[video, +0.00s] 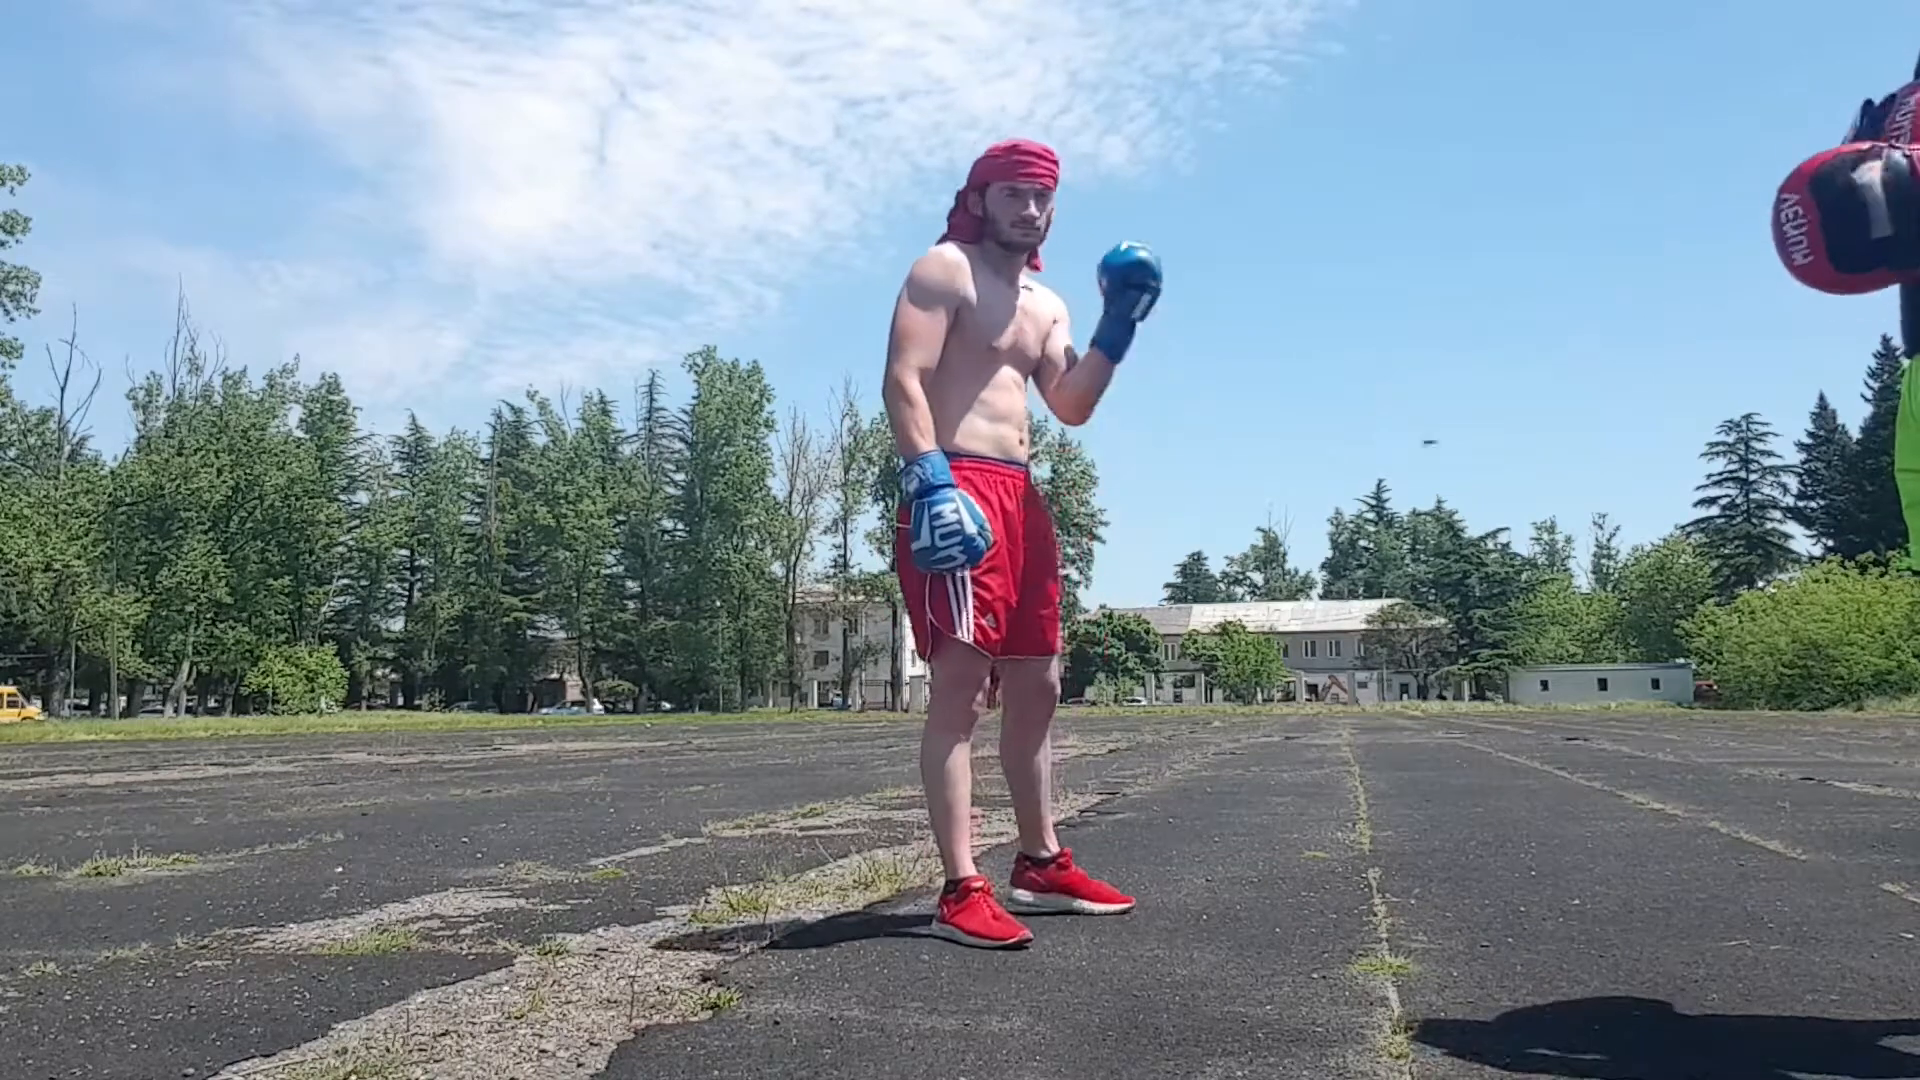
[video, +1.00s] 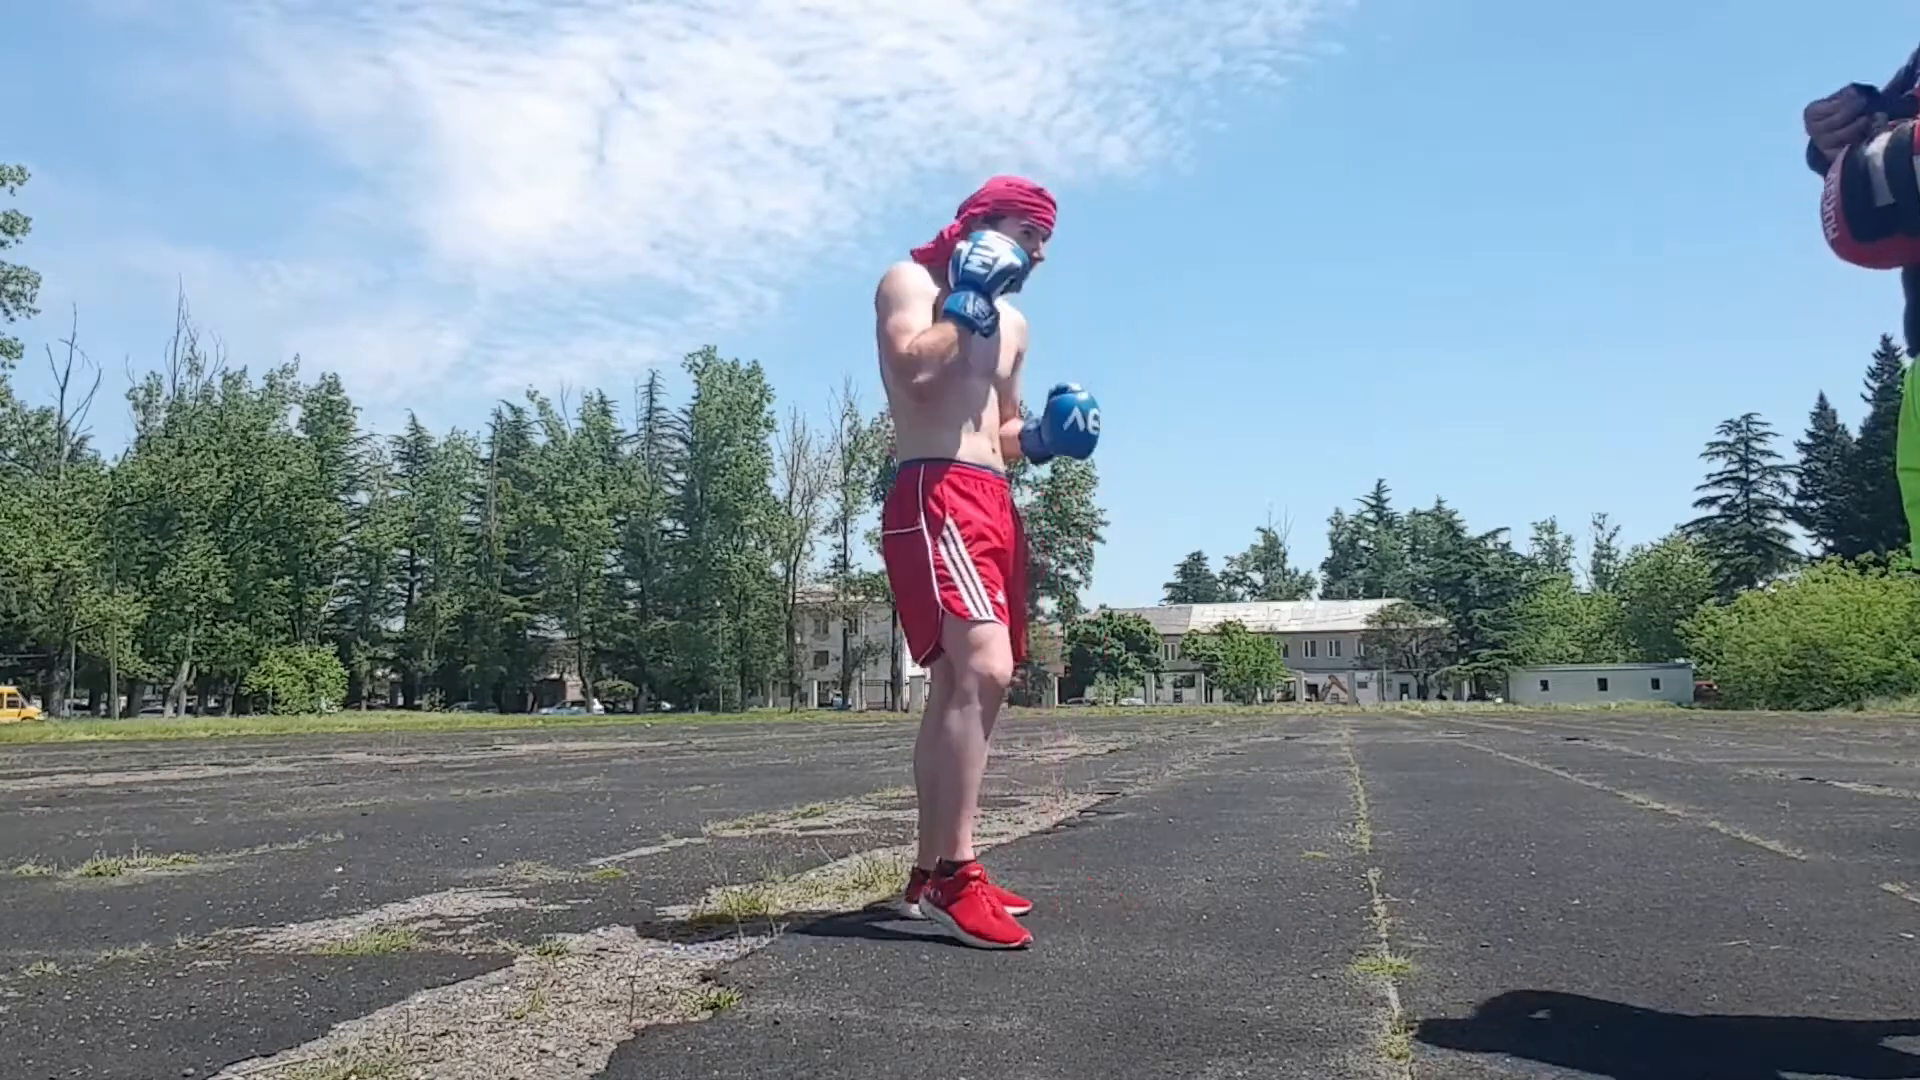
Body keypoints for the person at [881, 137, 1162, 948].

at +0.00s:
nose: (1030, 209)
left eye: (1041, 198)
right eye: (1013, 195)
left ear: (1051, 210)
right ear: (979, 202)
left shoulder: (1047, 303)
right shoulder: (944, 268)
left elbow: (1071, 404)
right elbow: (903, 378)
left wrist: (1117, 322)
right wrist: (932, 485)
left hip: (1022, 497)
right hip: (955, 492)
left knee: (1037, 687)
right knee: (958, 688)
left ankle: (1041, 859)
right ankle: (962, 885)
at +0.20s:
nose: (1018, 214)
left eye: (1027, 201)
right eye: (1002, 202)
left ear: (1033, 206)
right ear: (961, 205)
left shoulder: (1029, 293)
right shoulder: (926, 268)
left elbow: (1068, 392)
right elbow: (888, 382)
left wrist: (1096, 302)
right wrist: (922, 482)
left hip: (1012, 495)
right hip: (944, 491)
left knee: (1021, 689)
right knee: (956, 689)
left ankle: (982, 856)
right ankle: (958, 885)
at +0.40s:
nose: (1023, 215)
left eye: (1026, 202)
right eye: (1006, 202)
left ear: (1026, 210)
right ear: (963, 208)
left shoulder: (1019, 300)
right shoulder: (924, 270)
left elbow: (1057, 401)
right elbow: (885, 384)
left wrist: (1074, 309)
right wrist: (911, 492)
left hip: (1015, 497)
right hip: (950, 491)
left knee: (1010, 688)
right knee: (957, 686)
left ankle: (942, 857)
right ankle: (961, 884)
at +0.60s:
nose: (1027, 223)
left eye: (1030, 210)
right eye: (1013, 209)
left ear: (1019, 218)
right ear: (967, 214)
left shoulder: (1012, 306)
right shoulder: (923, 279)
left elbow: (1037, 419)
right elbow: (877, 391)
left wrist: (1073, 340)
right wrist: (932, 473)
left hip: (1014, 497)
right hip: (953, 492)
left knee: (1005, 684)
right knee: (964, 683)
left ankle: (941, 863)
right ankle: (960, 884)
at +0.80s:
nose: (1032, 243)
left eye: (1038, 232)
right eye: (1023, 226)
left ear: (1020, 238)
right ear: (977, 219)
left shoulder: (1004, 314)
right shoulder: (912, 289)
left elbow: (1007, 442)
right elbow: (892, 405)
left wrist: (1062, 401)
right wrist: (959, 387)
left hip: (1004, 501)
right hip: (949, 495)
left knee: (977, 692)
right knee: (985, 686)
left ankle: (936, 873)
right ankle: (960, 881)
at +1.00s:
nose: (1024, 256)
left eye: (1034, 249)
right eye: (1018, 239)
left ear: (1032, 258)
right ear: (975, 226)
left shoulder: (1012, 325)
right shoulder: (908, 282)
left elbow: (1002, 436)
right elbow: (913, 365)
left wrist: (1045, 435)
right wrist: (970, 306)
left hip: (992, 503)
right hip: (935, 493)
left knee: (960, 687)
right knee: (989, 670)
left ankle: (936, 872)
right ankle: (954, 871)